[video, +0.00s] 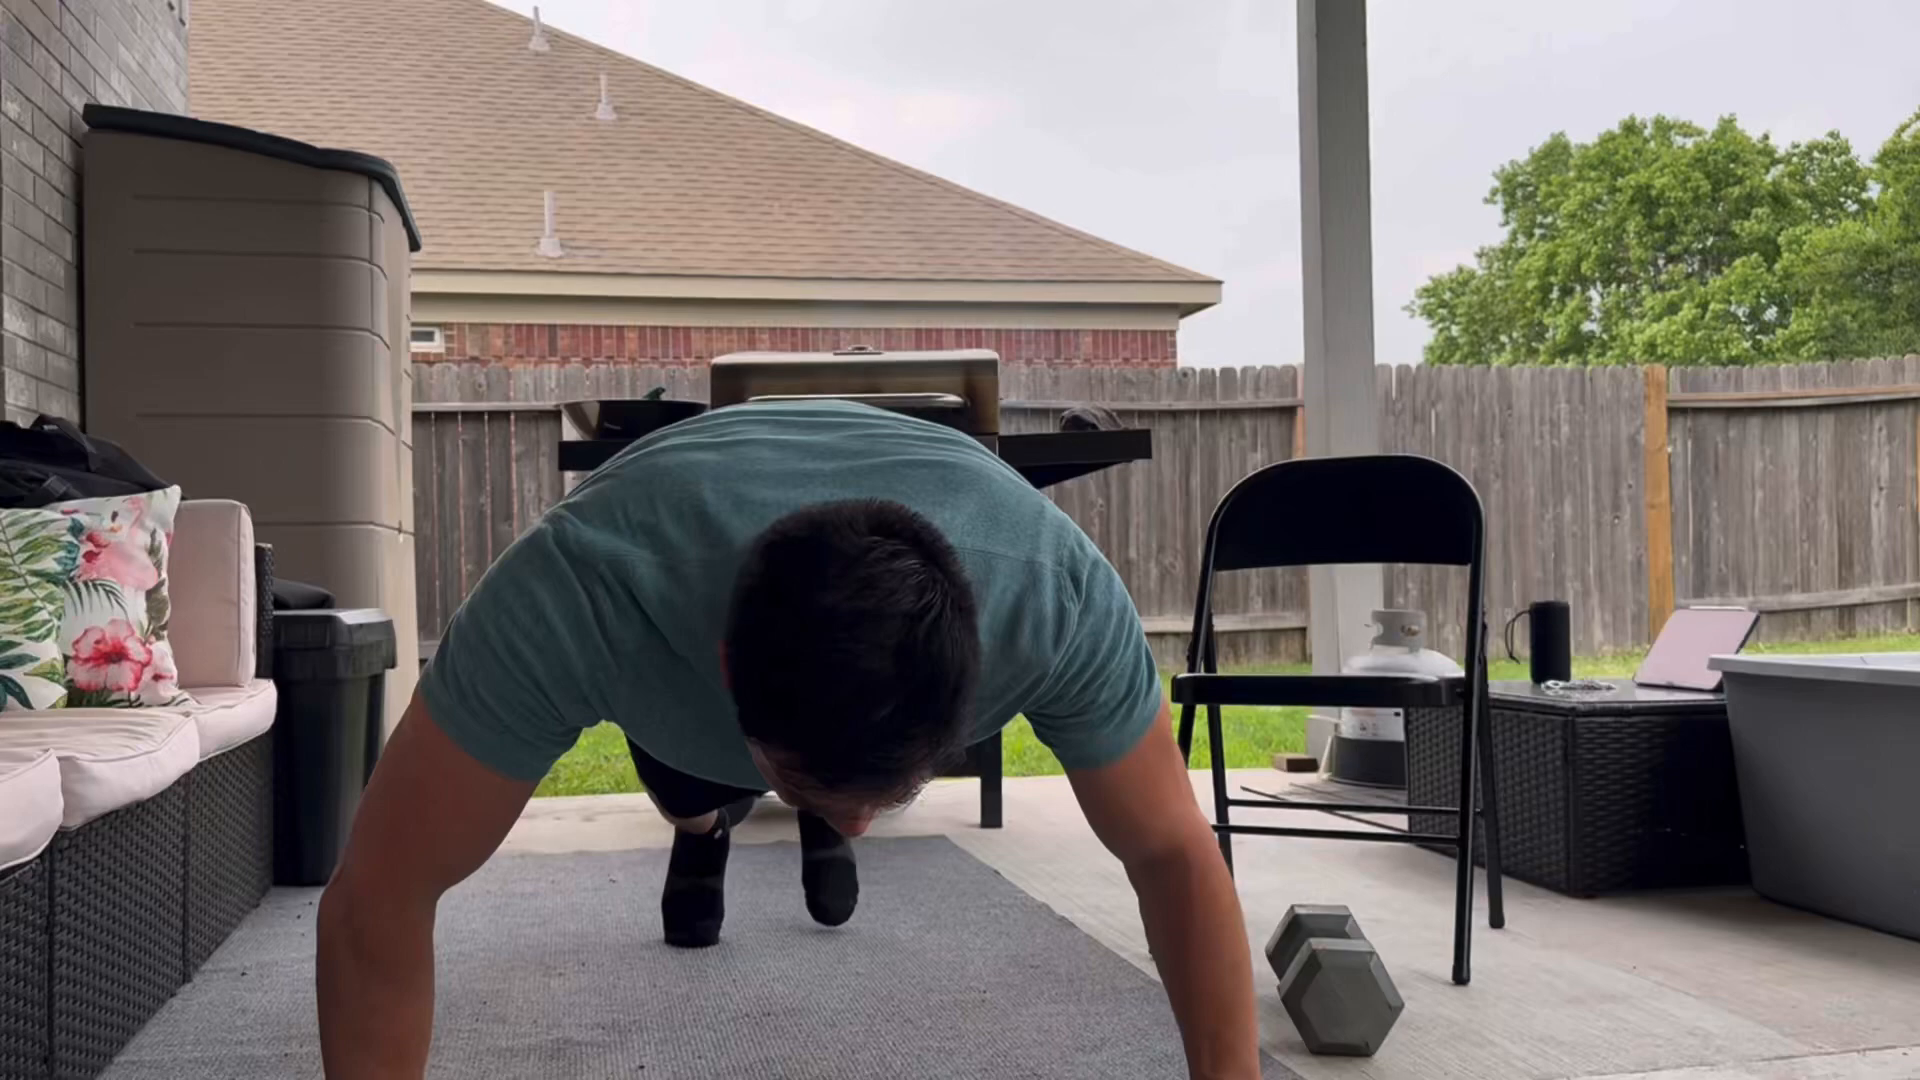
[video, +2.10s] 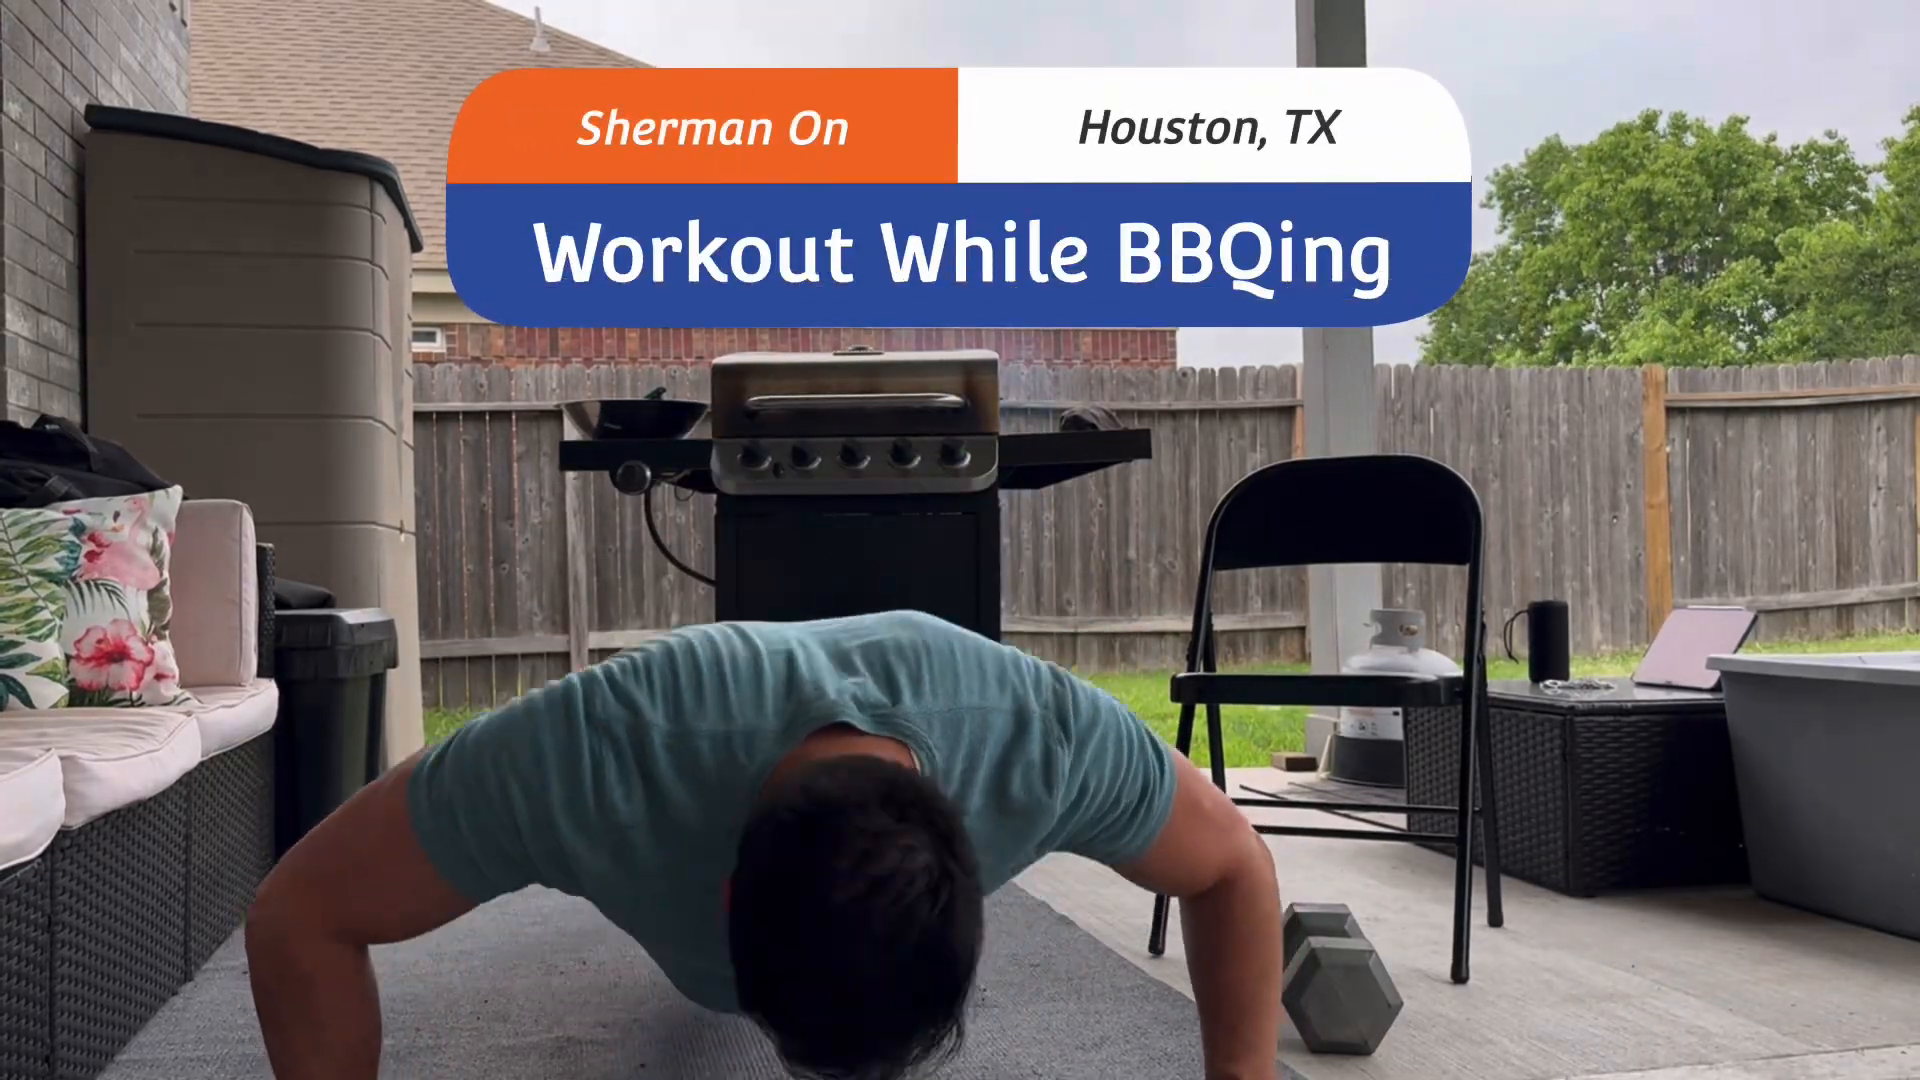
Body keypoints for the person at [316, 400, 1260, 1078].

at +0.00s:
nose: (846, 824)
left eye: (889, 800)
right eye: (818, 793)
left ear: (967, 694)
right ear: (736, 683)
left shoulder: (1061, 602)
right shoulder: (574, 593)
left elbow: (1176, 862)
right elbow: (374, 905)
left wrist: (1231, 1070)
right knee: (693, 785)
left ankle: (828, 838)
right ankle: (702, 840)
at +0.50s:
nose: (846, 923)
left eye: (882, 902)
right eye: (816, 895)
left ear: (963, 794)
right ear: (738, 776)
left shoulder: (1055, 662)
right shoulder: (586, 664)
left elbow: (1222, 869)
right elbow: (340, 905)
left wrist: (1244, 1076)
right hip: (653, 785)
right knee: (665, 861)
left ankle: (751, 882)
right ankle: (680, 888)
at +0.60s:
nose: (839, 1057)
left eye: (889, 1042)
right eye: (809, 1033)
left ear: (980, 874)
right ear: (744, 886)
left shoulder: (1064, 755)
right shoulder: (594, 760)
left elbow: (1248, 869)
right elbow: (302, 915)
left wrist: (1252, 1073)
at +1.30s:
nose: (844, 897)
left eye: (882, 875)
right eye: (809, 872)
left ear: (959, 766)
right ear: (730, 758)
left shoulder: (1045, 638)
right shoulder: (585, 631)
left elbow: (1208, 857)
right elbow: (372, 903)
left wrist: (1240, 1070)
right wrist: (362, 1072)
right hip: (668, 802)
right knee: (690, 887)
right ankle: (671, 887)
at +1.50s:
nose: (830, 930)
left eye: (868, 913)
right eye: (792, 904)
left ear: (955, 794)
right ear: (724, 777)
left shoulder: (1030, 653)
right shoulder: (582, 656)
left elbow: (1205, 861)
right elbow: (346, 902)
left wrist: (1236, 1072)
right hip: (670, 869)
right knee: (678, 898)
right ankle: (637, 868)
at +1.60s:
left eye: (888, 1064)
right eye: (794, 1052)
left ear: (958, 925)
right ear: (732, 933)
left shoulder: (1043, 775)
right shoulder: (583, 779)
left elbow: (1248, 867)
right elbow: (293, 922)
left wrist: (1250, 1067)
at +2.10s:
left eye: (886, 1042)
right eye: (804, 1033)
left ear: (965, 866)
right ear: (733, 879)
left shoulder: (1047, 752)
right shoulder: (586, 766)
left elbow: (1233, 872)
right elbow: (299, 921)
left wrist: (1244, 1066)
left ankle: (1269, 950)